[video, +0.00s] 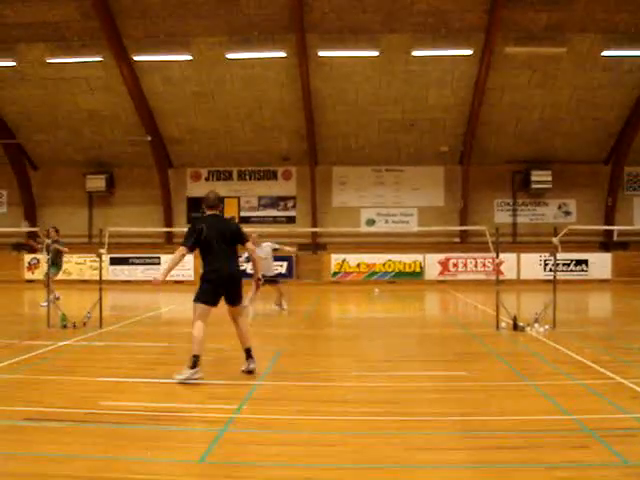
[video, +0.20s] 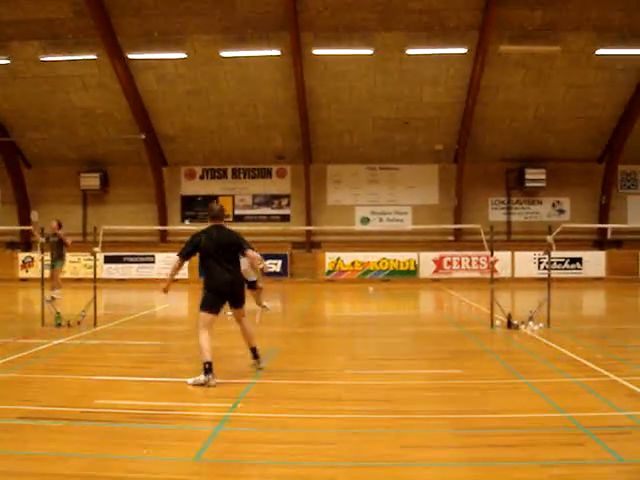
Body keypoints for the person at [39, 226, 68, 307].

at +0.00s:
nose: (50, 234)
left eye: (52, 232)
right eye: (50, 232)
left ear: (56, 233)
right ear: (49, 234)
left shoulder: (60, 242)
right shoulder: (50, 242)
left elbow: (66, 250)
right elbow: (44, 240)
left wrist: (56, 246)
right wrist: (39, 232)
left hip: (57, 264)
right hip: (50, 264)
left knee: (48, 279)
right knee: (46, 279)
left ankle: (49, 299)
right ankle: (54, 294)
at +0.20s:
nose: (52, 227)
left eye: (54, 225)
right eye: (51, 225)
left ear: (58, 226)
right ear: (51, 226)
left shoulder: (60, 236)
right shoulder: (50, 237)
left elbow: (68, 244)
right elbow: (41, 239)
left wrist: (61, 236)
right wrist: (34, 232)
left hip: (60, 257)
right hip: (53, 258)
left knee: (56, 274)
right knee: (52, 276)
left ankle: (58, 291)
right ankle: (52, 292)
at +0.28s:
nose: (53, 226)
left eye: (55, 224)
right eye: (52, 224)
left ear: (59, 225)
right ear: (52, 225)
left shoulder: (61, 234)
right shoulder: (50, 235)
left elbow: (69, 243)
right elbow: (43, 240)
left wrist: (62, 234)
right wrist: (35, 233)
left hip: (61, 256)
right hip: (54, 256)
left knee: (58, 274)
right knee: (54, 275)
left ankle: (60, 292)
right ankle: (54, 292)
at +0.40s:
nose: (59, 227)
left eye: (61, 225)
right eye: (59, 225)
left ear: (65, 227)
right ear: (58, 227)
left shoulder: (67, 235)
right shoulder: (58, 236)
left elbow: (72, 244)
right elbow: (50, 238)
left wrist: (65, 234)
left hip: (67, 258)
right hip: (60, 257)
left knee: (66, 275)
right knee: (61, 276)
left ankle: (70, 291)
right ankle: (66, 292)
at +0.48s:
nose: (68, 230)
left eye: (70, 227)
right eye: (68, 228)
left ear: (74, 230)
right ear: (68, 230)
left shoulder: (77, 238)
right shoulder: (68, 239)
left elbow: (81, 246)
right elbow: (61, 239)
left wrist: (73, 237)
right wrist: (54, 237)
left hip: (77, 261)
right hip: (70, 261)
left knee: (80, 277)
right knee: (70, 278)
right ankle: (72, 293)